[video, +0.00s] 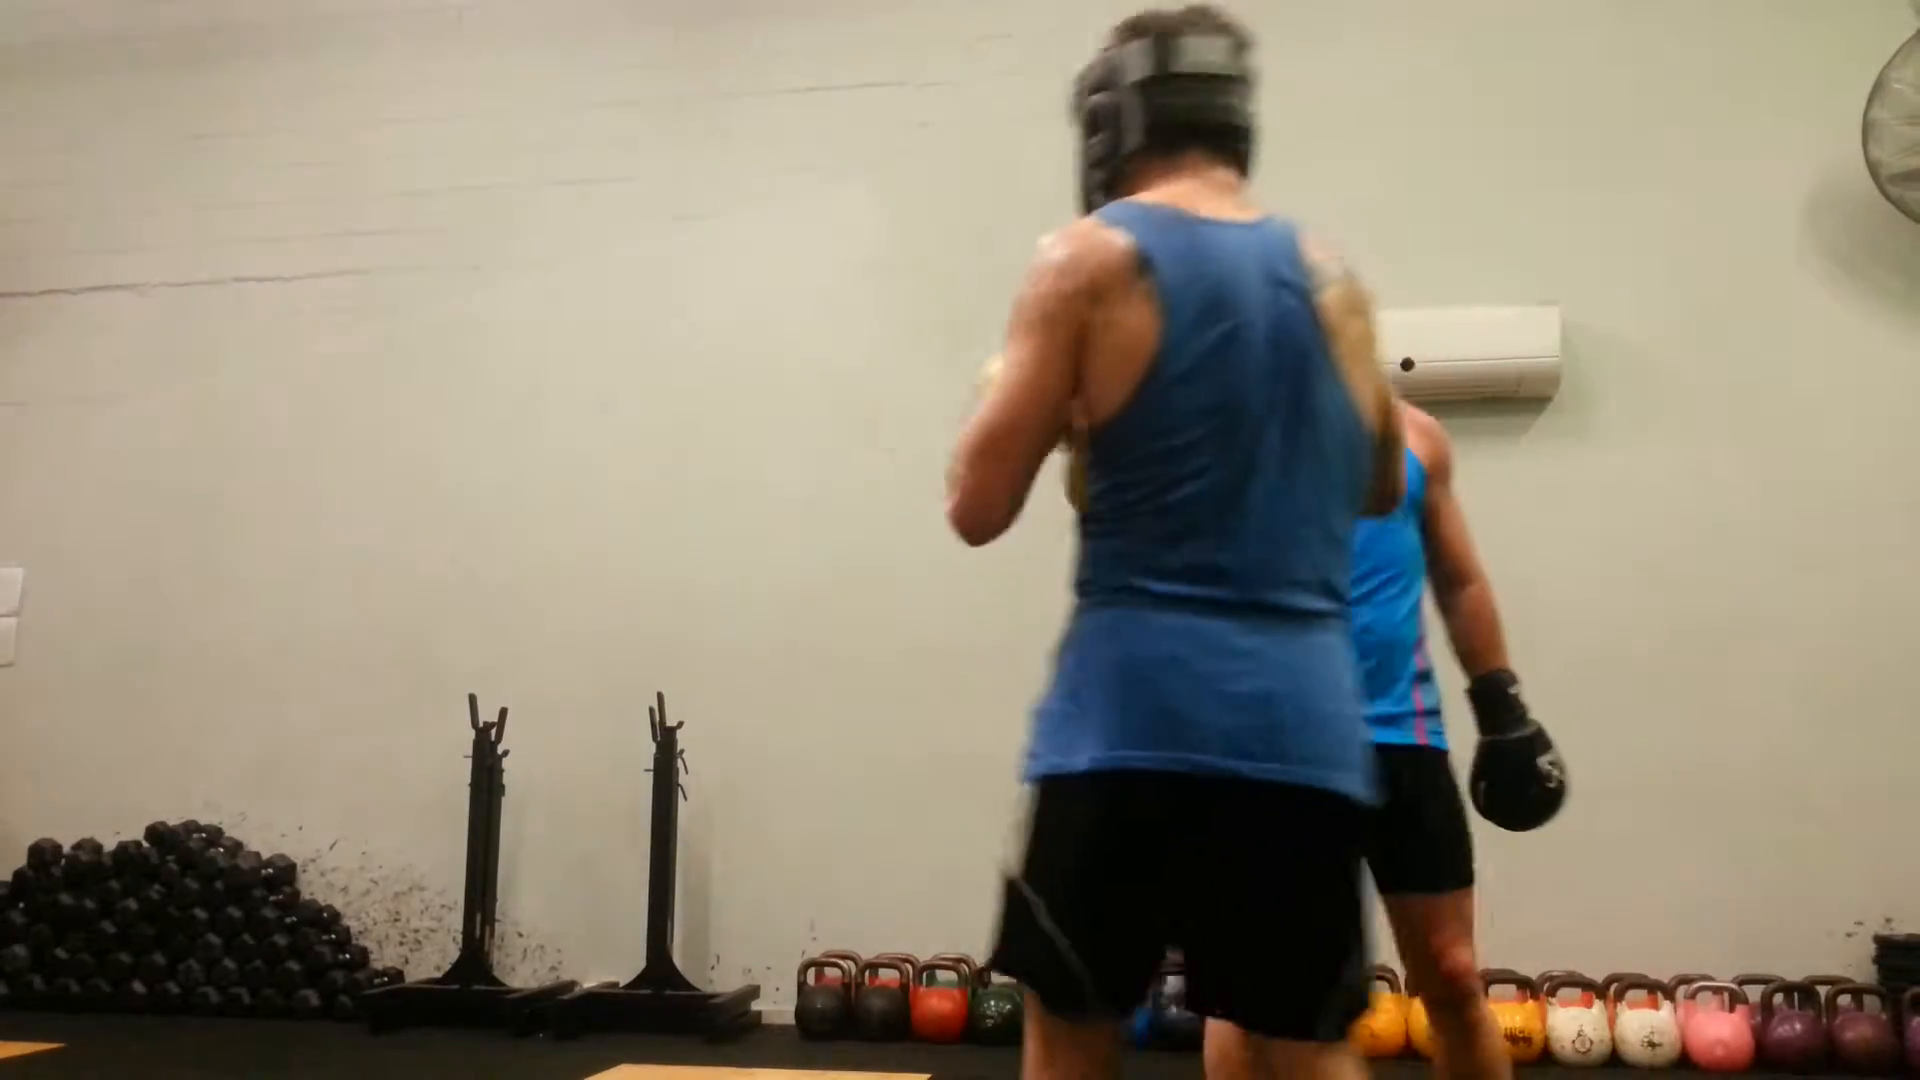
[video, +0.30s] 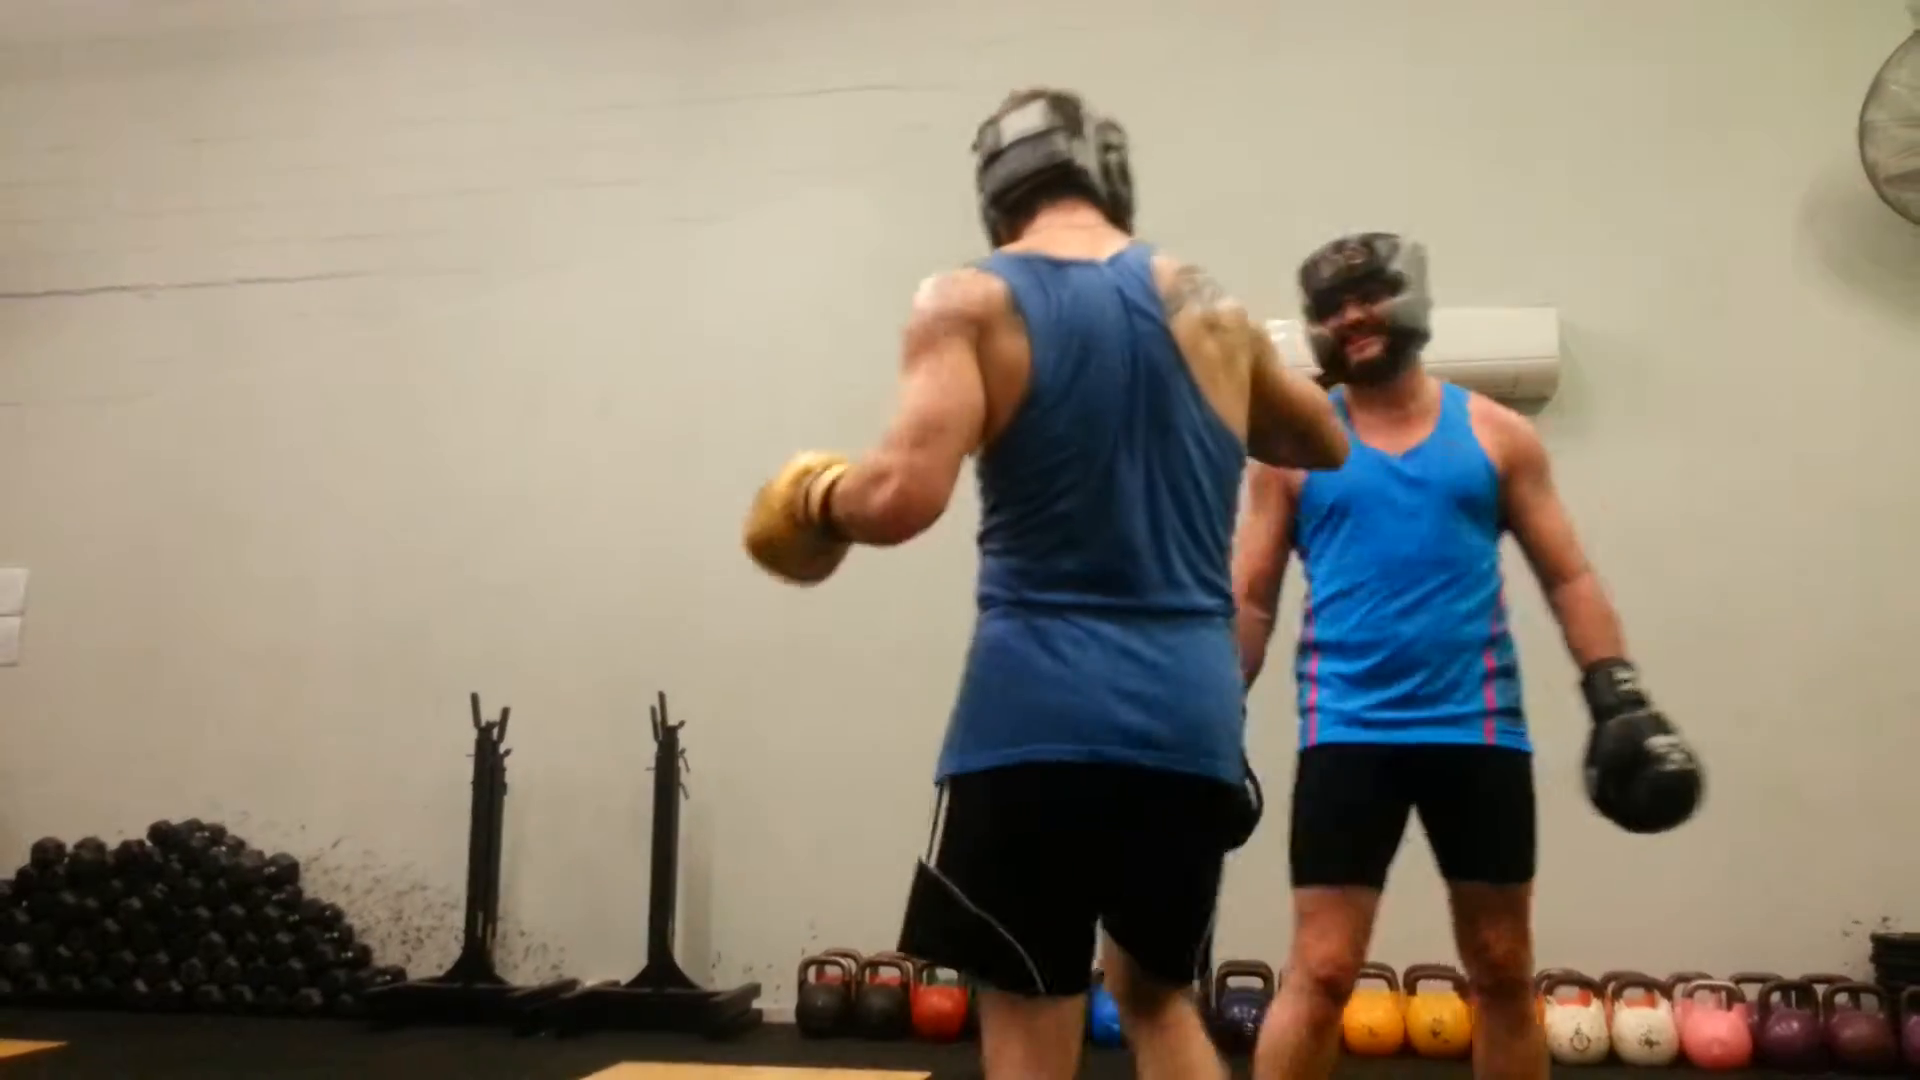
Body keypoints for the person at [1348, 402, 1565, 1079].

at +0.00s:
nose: (1324, 336)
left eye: (1339, 311)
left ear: (1359, 323)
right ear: (1271, 346)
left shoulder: (1410, 437)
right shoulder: (1244, 442)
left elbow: (1459, 581)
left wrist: (1502, 712)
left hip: (1398, 734)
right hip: (1275, 741)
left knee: (1451, 975)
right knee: (1250, 992)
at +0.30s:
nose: (1356, 324)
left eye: (1374, 304)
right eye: (1336, 312)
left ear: (1417, 308)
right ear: (1317, 330)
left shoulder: (1495, 434)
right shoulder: (1293, 443)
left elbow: (1568, 577)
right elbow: (1247, 600)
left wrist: (1619, 700)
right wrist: (1210, 729)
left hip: (1479, 736)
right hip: (1347, 738)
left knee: (1501, 966)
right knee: (1321, 971)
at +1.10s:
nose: (1334, 369)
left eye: (1352, 348)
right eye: (1324, 358)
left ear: (1406, 347)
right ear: (1321, 374)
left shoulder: (1473, 460)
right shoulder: (1316, 483)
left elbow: (1523, 603)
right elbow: (1288, 613)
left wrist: (1503, 734)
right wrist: (1243, 703)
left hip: (1447, 759)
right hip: (1339, 757)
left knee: (1478, 967)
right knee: (1361, 962)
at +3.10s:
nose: (1323, 464)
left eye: (1336, 447)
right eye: (1308, 454)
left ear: (1366, 449)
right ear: (1294, 467)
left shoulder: (1424, 533)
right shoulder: (1281, 555)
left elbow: (1482, 636)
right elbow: (1251, 665)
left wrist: (1481, 725)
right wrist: (1220, 754)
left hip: (1424, 762)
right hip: (1332, 769)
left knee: (1471, 927)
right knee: (1349, 930)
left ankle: (1507, 1075)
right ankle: (1367, 1073)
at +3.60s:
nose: (1366, 472)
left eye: (1378, 456)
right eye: (1350, 464)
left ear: (1409, 454)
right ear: (1337, 475)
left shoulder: (1472, 537)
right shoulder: (1332, 561)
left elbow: (1531, 637)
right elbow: (1315, 658)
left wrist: (1555, 737)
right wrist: (1308, 702)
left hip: (1464, 767)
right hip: (1371, 770)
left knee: (1492, 933)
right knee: (1371, 932)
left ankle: (1515, 1074)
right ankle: (1374, 1074)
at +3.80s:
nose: (1394, 467)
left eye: (1407, 452)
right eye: (1378, 458)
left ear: (1438, 453)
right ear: (1364, 471)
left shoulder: (1499, 538)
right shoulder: (1357, 555)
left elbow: (1554, 641)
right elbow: (1326, 667)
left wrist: (1570, 738)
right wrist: (1340, 617)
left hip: (1486, 766)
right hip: (1393, 768)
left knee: (1507, 933)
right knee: (1383, 932)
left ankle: (1521, 1074)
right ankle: (1378, 1075)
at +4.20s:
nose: (1434, 474)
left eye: (1447, 460)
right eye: (1421, 462)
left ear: (1478, 463)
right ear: (1404, 469)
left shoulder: (1533, 545)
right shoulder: (1399, 548)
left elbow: (1583, 652)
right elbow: (1351, 624)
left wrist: (1600, 749)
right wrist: (1396, 510)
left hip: (1515, 766)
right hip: (1420, 767)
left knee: (1523, 934)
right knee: (1398, 940)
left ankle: (1527, 1073)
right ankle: (1382, 1075)